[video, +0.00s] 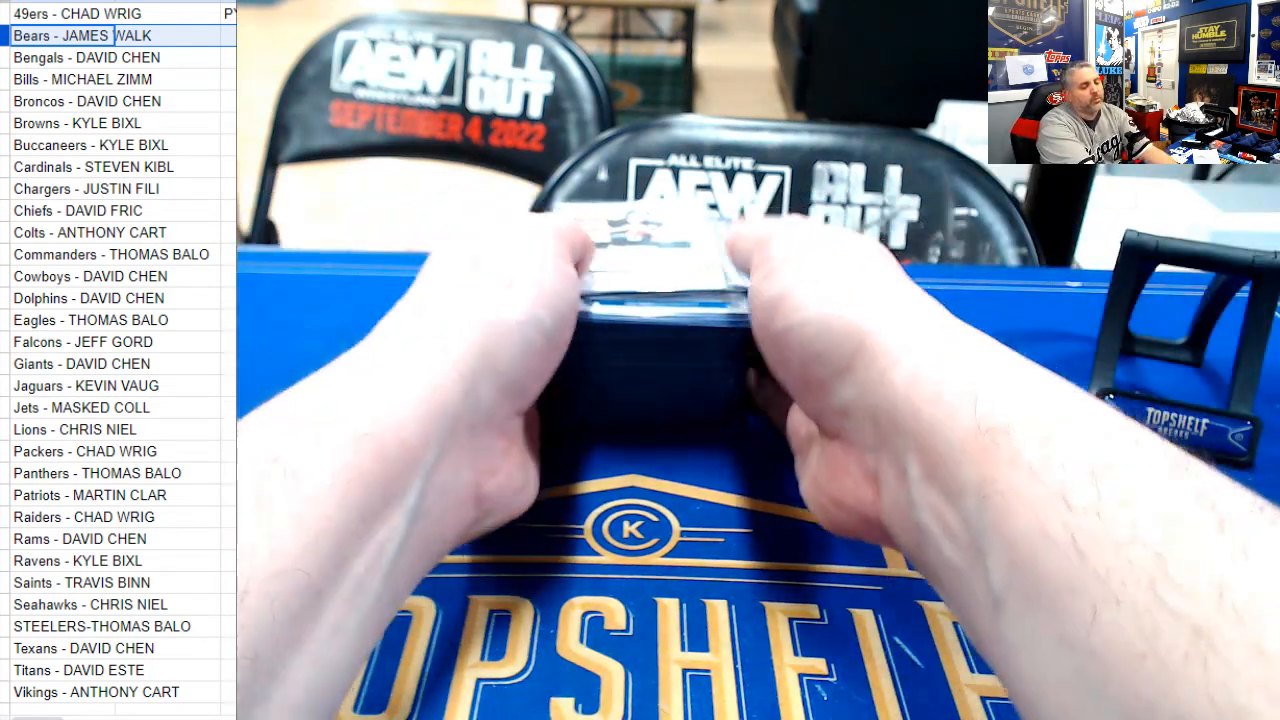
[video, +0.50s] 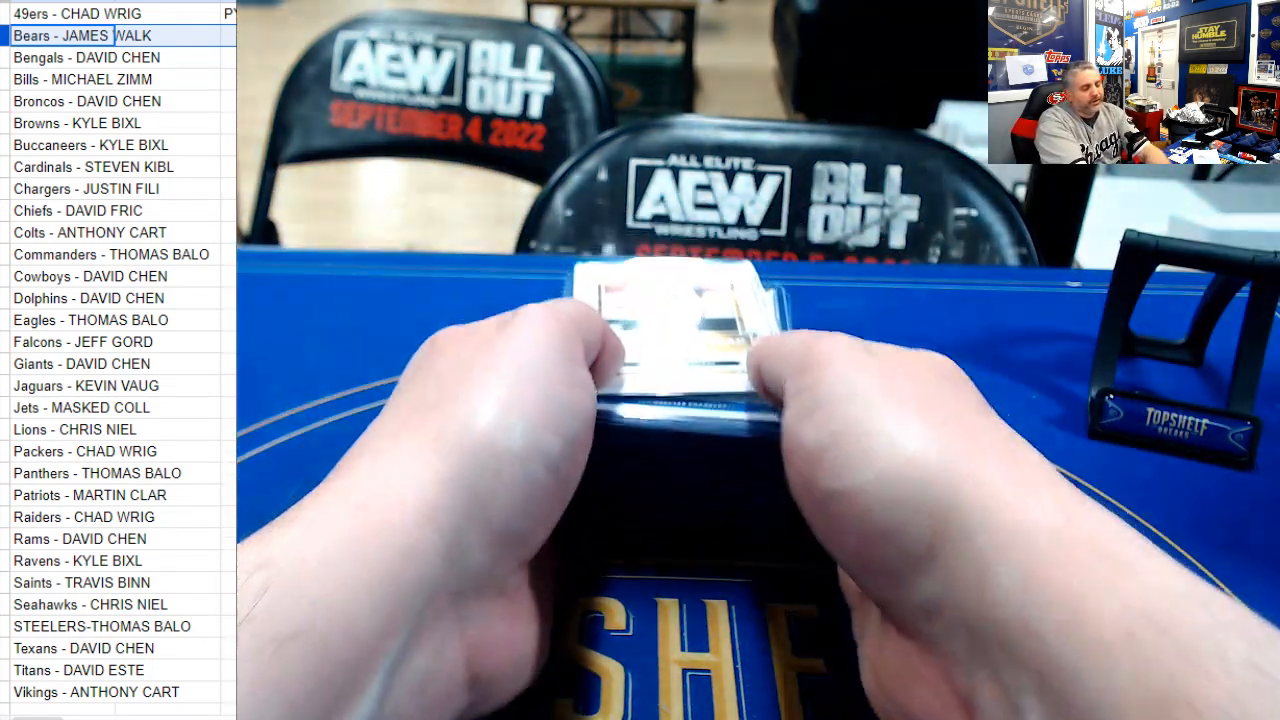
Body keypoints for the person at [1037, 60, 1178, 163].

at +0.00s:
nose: (1095, 90)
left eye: (1097, 82)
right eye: (1085, 86)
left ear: (1102, 84)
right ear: (1067, 95)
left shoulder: (1115, 114)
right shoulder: (1054, 125)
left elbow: (1148, 151)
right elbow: (1088, 174)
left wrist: (1183, 172)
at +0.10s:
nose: (1096, 90)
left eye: (1098, 82)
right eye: (1086, 86)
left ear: (1103, 84)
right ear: (1069, 96)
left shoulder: (1116, 115)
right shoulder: (1055, 125)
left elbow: (1149, 152)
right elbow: (1088, 175)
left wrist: (1183, 174)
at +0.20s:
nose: (1096, 90)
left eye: (1098, 82)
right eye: (1086, 86)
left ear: (1103, 84)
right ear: (1069, 96)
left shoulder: (1115, 114)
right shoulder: (1055, 125)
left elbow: (1149, 152)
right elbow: (1088, 175)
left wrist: (1183, 173)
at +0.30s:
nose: (1096, 92)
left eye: (1098, 83)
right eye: (1086, 87)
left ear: (1103, 85)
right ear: (1069, 95)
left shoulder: (1115, 114)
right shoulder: (1054, 123)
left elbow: (1147, 151)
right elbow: (1085, 173)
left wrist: (1177, 176)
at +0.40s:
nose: (1096, 92)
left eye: (1098, 84)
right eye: (1086, 88)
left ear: (1103, 85)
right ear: (1069, 95)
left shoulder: (1114, 114)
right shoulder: (1054, 122)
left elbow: (1147, 151)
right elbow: (1081, 174)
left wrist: (1177, 176)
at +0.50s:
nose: (1096, 93)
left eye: (1098, 84)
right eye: (1086, 88)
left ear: (1102, 85)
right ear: (1069, 95)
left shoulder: (1113, 113)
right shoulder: (1053, 122)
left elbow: (1148, 151)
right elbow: (1078, 173)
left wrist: (1172, 180)